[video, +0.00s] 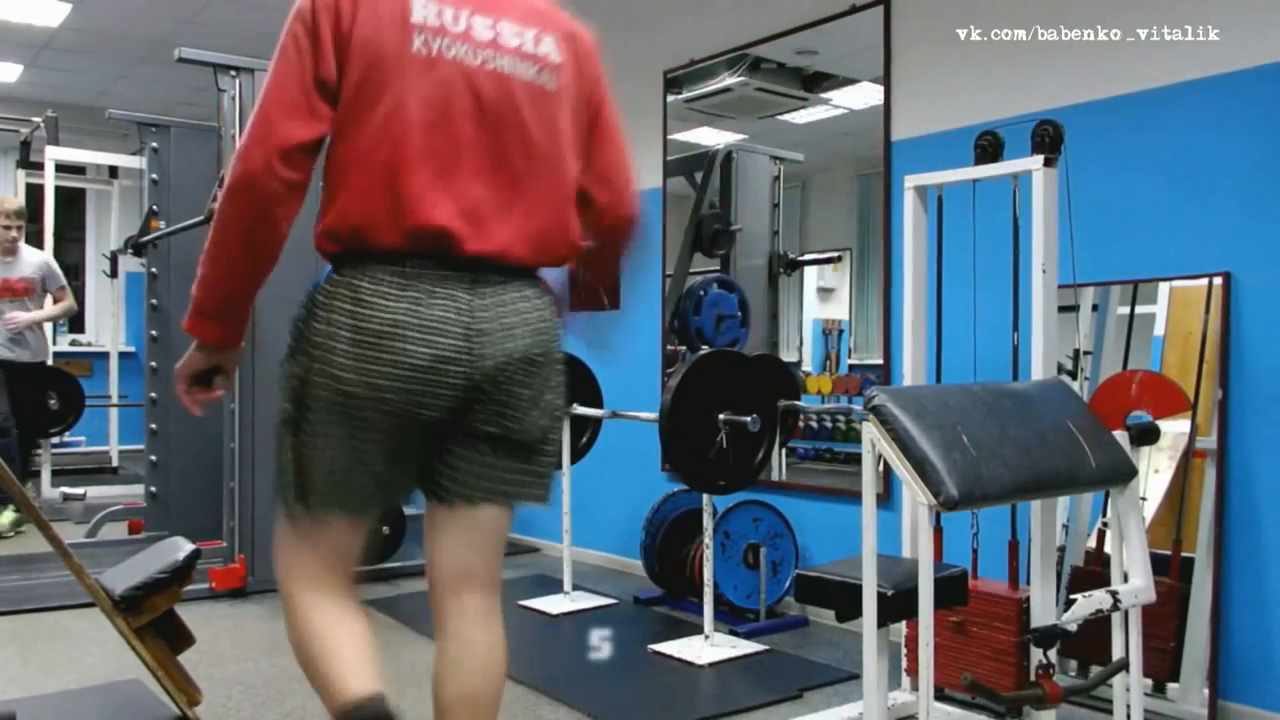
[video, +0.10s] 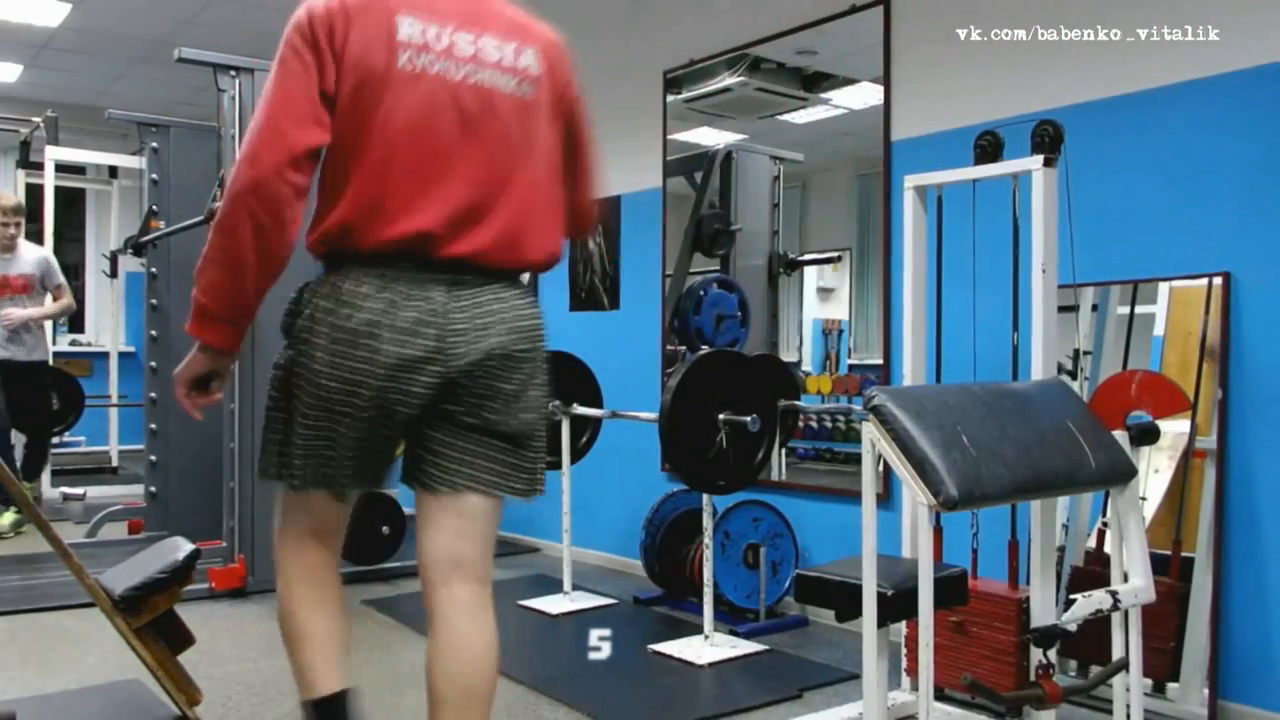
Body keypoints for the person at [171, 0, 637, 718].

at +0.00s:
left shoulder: (340, 10)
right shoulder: (565, 34)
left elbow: (267, 168)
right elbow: (615, 203)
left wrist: (216, 328)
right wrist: (589, 279)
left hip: (376, 305)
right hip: (516, 312)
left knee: (319, 569)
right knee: (471, 591)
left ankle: (368, 709)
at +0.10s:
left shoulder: (333, 18)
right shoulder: (541, 42)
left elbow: (266, 180)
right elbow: (579, 206)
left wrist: (216, 335)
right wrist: (480, 242)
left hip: (366, 306)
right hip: (501, 315)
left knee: (311, 537)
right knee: (462, 576)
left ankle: (328, 708)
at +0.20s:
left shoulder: (327, 38)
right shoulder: (520, 58)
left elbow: (259, 194)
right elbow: (529, 191)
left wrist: (209, 343)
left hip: (356, 316)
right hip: (485, 319)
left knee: (315, 549)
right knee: (456, 571)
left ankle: (299, 708)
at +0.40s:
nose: (425, 23)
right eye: (423, 18)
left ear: (349, 16)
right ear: (423, 20)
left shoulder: (294, 83)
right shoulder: (477, 90)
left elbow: (236, 227)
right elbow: (468, 182)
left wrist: (199, 358)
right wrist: (435, 76)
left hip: (323, 328)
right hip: (438, 330)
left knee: (306, 544)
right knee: (428, 542)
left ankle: (300, 712)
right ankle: (435, 716)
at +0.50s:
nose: (424, 40)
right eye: (421, 32)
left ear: (344, 32)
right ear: (419, 34)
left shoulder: (283, 90)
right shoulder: (462, 94)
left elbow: (234, 225)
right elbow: (466, 190)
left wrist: (220, 349)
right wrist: (446, 83)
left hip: (307, 326)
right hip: (419, 331)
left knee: (306, 535)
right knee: (424, 520)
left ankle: (303, 709)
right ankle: (417, 665)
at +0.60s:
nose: (430, 54)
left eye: (425, 47)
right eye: (428, 46)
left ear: (353, 39)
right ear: (418, 42)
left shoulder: (284, 93)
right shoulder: (450, 98)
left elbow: (236, 220)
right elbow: (465, 199)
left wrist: (250, 323)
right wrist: (452, 89)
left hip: (303, 325)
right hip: (414, 329)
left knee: (306, 527)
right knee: (422, 502)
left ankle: (304, 709)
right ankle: (398, 665)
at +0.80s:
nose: (457, 102)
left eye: (456, 93)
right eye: (458, 92)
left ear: (390, 71)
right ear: (441, 77)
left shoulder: (315, 114)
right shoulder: (454, 127)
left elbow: (275, 230)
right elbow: (473, 227)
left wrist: (310, 286)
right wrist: (465, 136)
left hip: (311, 326)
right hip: (409, 335)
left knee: (311, 522)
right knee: (411, 513)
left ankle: (306, 704)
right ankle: (408, 654)